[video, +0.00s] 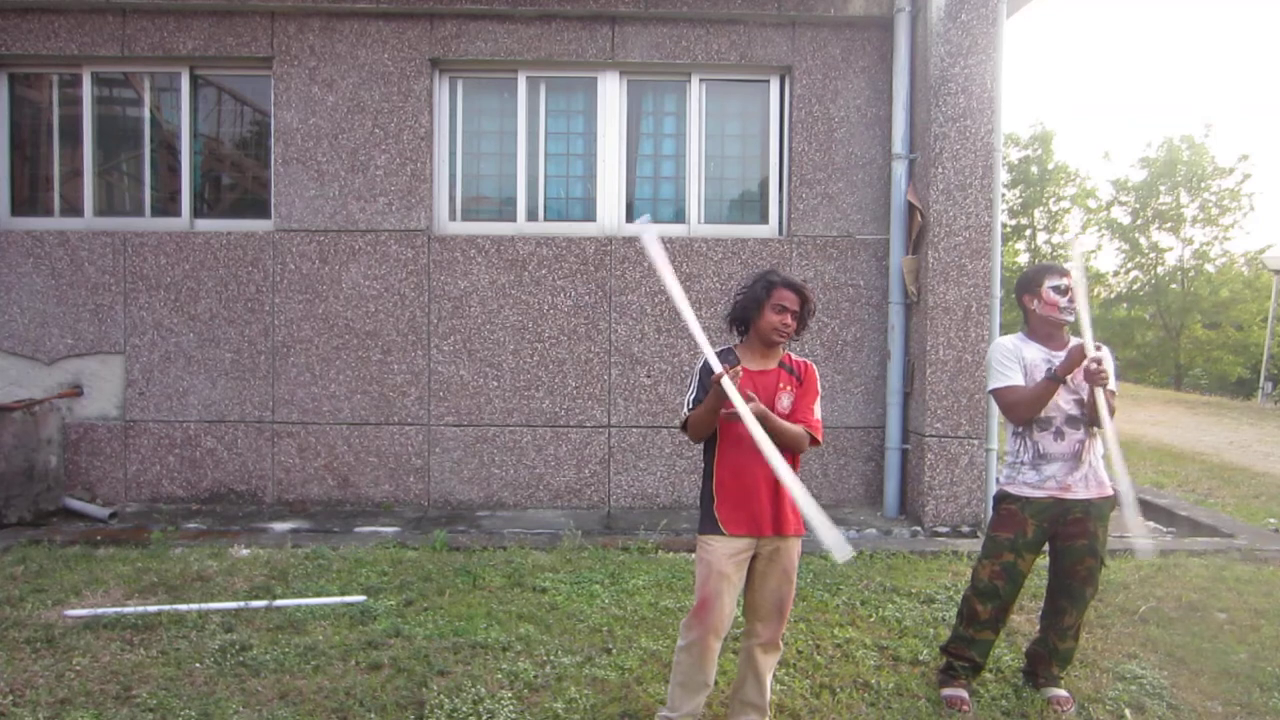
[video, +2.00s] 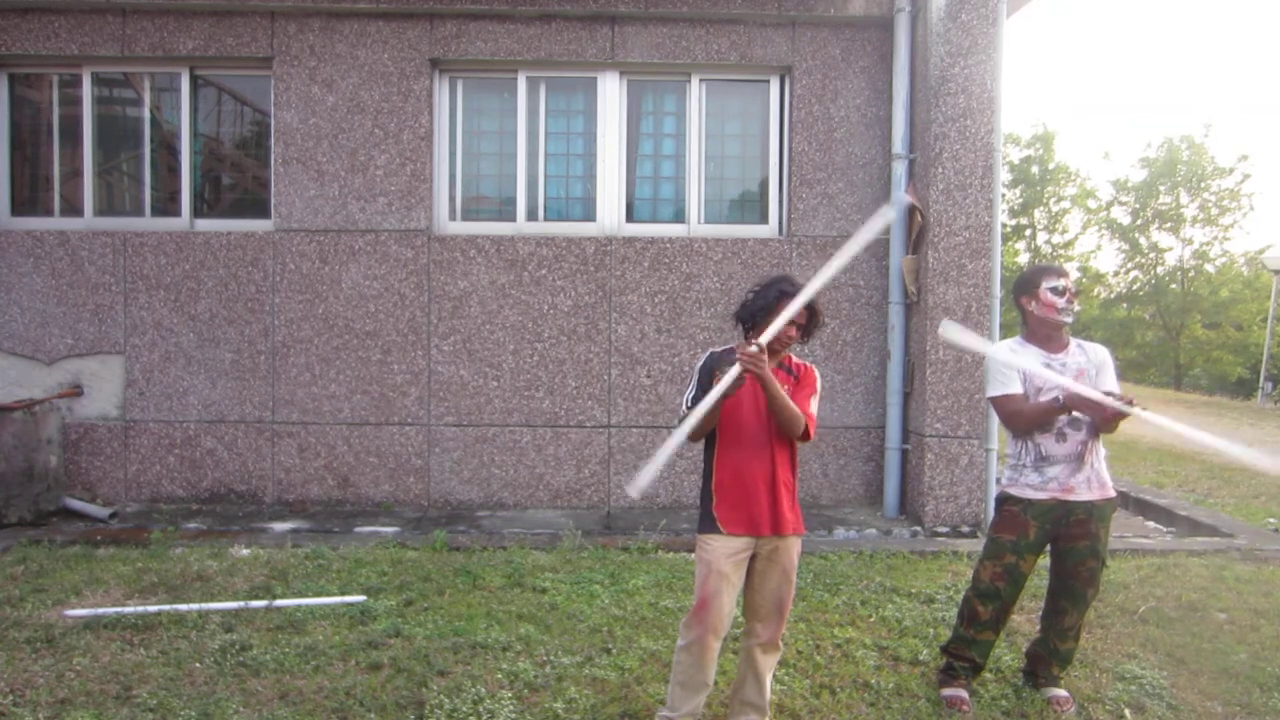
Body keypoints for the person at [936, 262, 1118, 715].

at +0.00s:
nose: (1067, 297)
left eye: (1071, 291)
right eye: (1057, 290)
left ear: (1076, 302)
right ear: (1028, 300)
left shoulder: (1091, 353)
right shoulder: (1006, 349)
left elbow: (1104, 419)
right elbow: (1017, 411)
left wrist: (1097, 385)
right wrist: (1063, 370)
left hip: (1086, 494)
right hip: (1026, 492)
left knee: (1074, 593)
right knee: (992, 584)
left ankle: (1045, 671)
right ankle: (957, 674)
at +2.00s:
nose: (1069, 299)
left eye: (1071, 293)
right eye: (1057, 291)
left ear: (1073, 304)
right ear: (1027, 301)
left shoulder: (1096, 356)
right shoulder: (1005, 355)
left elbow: (1105, 424)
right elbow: (1017, 421)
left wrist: (1116, 407)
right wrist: (1065, 401)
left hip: (1088, 497)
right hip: (1027, 496)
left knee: (1075, 595)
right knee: (993, 585)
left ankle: (1045, 672)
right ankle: (957, 674)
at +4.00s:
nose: (1058, 299)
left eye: (1067, 293)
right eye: (1046, 291)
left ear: (1076, 304)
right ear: (1023, 303)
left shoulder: (1094, 357)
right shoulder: (1006, 356)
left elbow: (1111, 421)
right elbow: (1016, 422)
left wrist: (1098, 375)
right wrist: (1068, 394)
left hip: (1089, 497)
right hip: (1029, 496)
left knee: (1077, 595)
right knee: (994, 586)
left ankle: (1045, 672)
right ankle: (957, 674)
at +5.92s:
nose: (1068, 299)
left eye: (1072, 293)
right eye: (1057, 289)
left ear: (1074, 306)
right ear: (1026, 300)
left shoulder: (1089, 355)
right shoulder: (1009, 354)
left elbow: (1114, 422)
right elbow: (1028, 419)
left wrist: (1112, 378)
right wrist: (1079, 385)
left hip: (1094, 498)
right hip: (1033, 496)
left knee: (1078, 597)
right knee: (997, 588)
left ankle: (1045, 673)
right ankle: (958, 675)